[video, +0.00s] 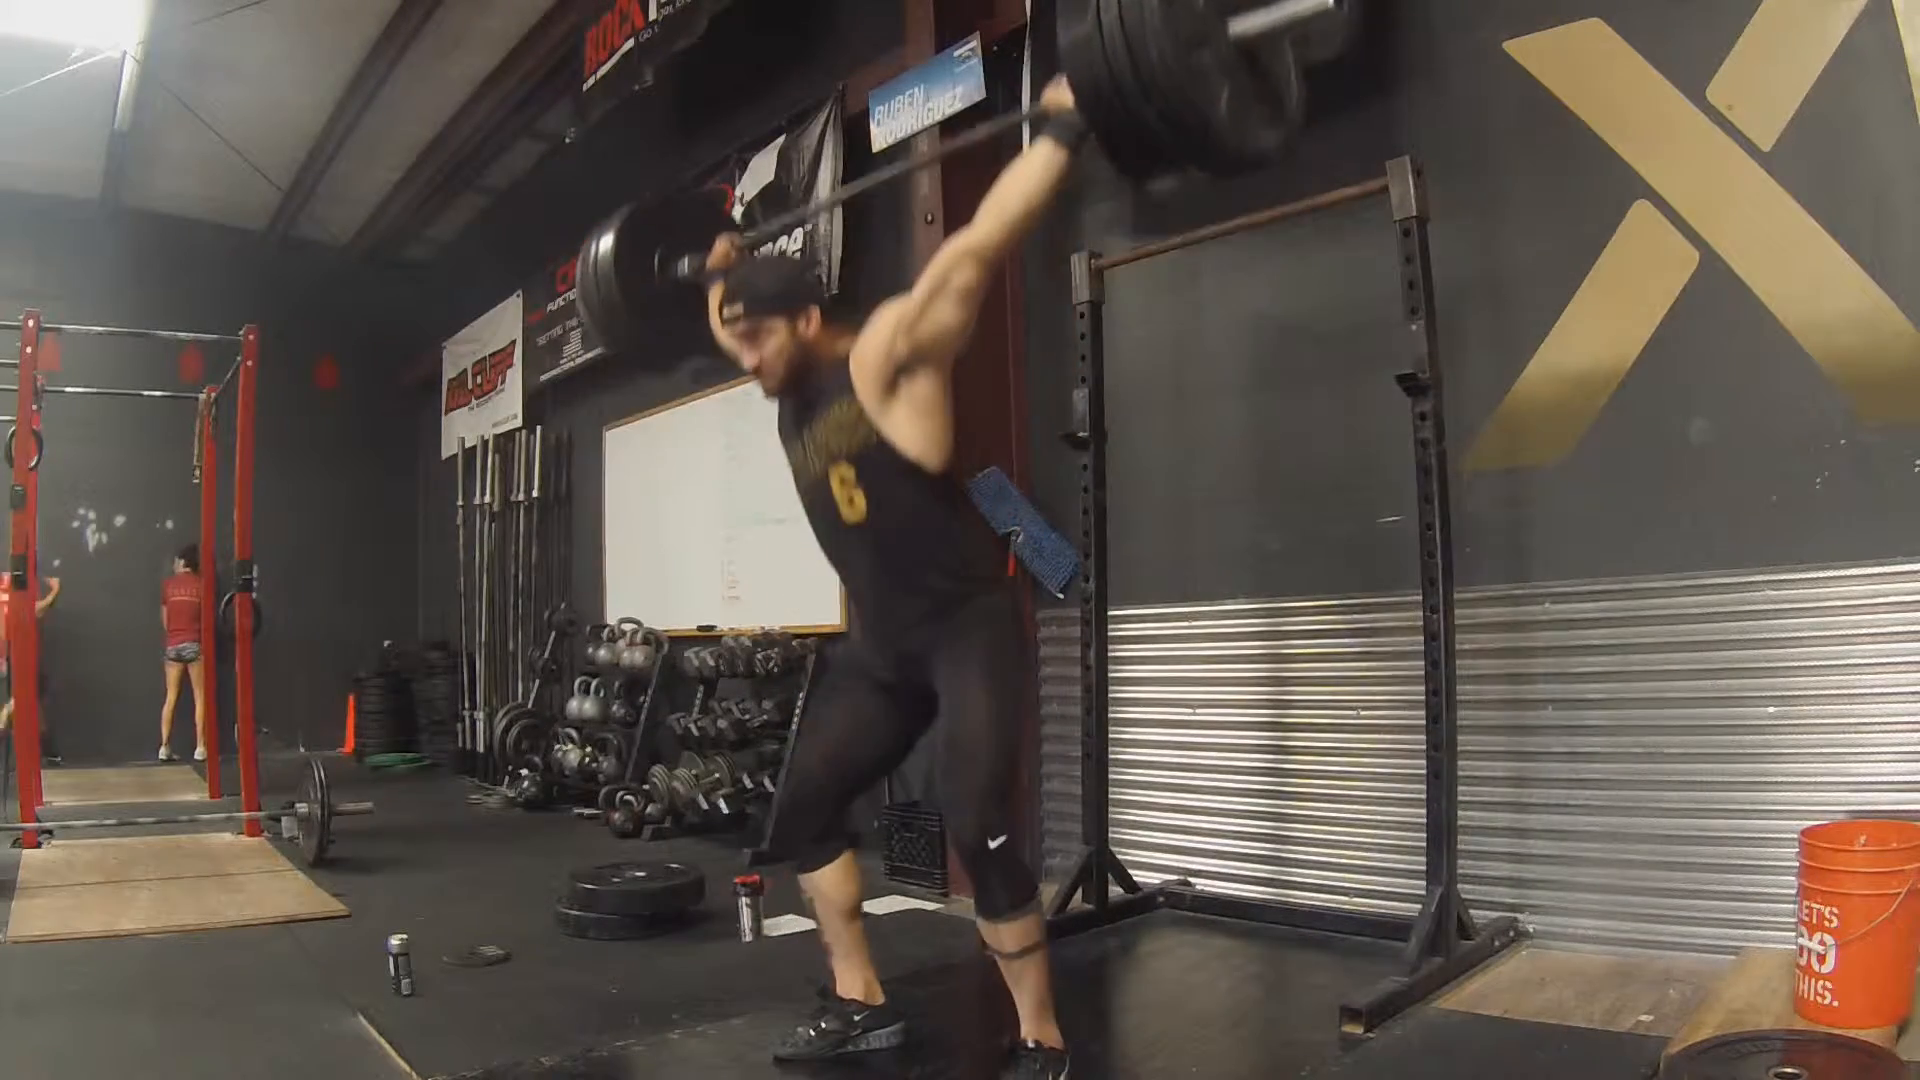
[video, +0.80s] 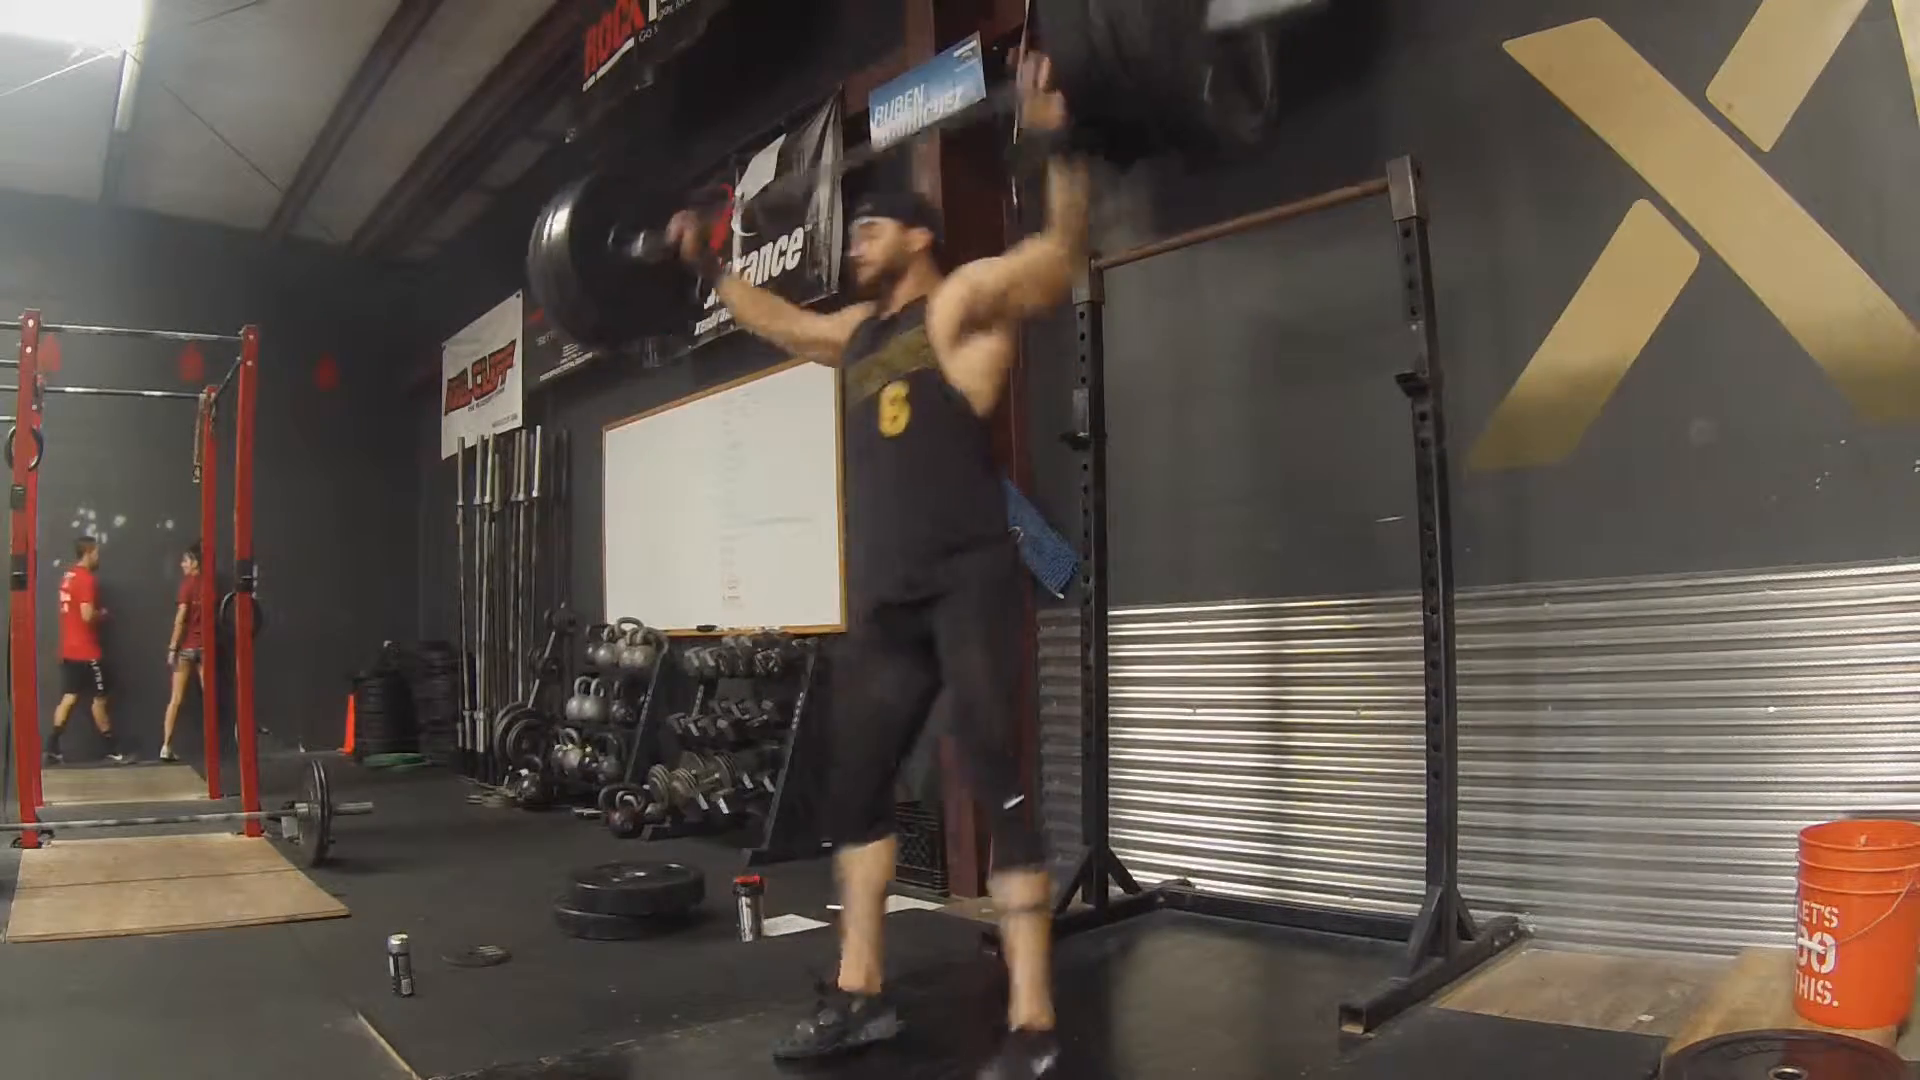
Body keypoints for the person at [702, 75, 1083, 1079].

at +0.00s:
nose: (746, 362)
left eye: (753, 341)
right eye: (736, 347)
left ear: (807, 316)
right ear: (756, 337)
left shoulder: (895, 349)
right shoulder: (794, 394)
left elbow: (976, 247)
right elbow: (731, 329)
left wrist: (1057, 129)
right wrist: (723, 260)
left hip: (971, 628)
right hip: (874, 641)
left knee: (980, 833)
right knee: (803, 809)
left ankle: (1041, 1041)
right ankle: (860, 1005)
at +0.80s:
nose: (854, 244)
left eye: (872, 228)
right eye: (851, 232)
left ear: (921, 233)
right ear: (858, 250)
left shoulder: (973, 294)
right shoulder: (855, 333)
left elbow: (1061, 259)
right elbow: (769, 316)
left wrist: (1053, 140)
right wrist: (704, 262)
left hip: (973, 578)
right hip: (883, 594)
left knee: (994, 776)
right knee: (857, 781)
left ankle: (1032, 1026)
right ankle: (859, 998)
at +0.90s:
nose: (891, 249)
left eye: (904, 233)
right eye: (888, 237)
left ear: (948, 236)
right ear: (899, 250)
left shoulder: (1004, 302)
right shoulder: (891, 328)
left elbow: (1084, 316)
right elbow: (810, 364)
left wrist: (1037, 265)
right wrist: (711, 342)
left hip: (994, 576)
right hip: (908, 584)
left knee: (1016, 770)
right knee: (869, 763)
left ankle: (1097, 985)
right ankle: (918, 955)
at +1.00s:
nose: (912, 290)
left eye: (923, 274)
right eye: (908, 278)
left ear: (967, 271)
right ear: (923, 284)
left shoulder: (1030, 343)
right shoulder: (914, 359)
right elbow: (848, 423)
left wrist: (1019, 386)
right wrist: (774, 448)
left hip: (1007, 607)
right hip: (922, 609)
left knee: (1051, 791)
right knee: (888, 781)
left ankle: (1151, 970)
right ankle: (957, 946)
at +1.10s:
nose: (915, 313)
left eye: (925, 298)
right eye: (911, 302)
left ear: (970, 295)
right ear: (943, 303)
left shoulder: (1044, 378)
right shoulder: (921, 396)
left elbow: (1107, 483)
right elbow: (889, 491)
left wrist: (1102, 584)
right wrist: (847, 556)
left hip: (1028, 628)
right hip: (937, 632)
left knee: (1070, 808)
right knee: (893, 796)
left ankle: (1154, 975)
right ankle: (959, 951)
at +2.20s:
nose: (799, 413)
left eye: (818, 396)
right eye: (800, 399)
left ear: (871, 413)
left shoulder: (949, 498)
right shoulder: (829, 522)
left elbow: (1060, 608)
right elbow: (821, 628)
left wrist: (1125, 729)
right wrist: (800, 717)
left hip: (1061, 649)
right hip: (979, 663)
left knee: (1070, 826)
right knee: (887, 786)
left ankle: (1079, 1025)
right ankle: (918, 991)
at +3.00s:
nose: (857, 295)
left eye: (879, 284)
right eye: (857, 287)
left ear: (922, 312)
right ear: (855, 323)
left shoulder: (972, 401)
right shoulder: (857, 430)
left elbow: (1073, 492)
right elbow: (827, 533)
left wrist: (1112, 610)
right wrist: (791, 624)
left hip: (1017, 659)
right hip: (920, 663)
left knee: (1016, 855)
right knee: (843, 805)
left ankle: (1069, 1025)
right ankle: (915, 992)